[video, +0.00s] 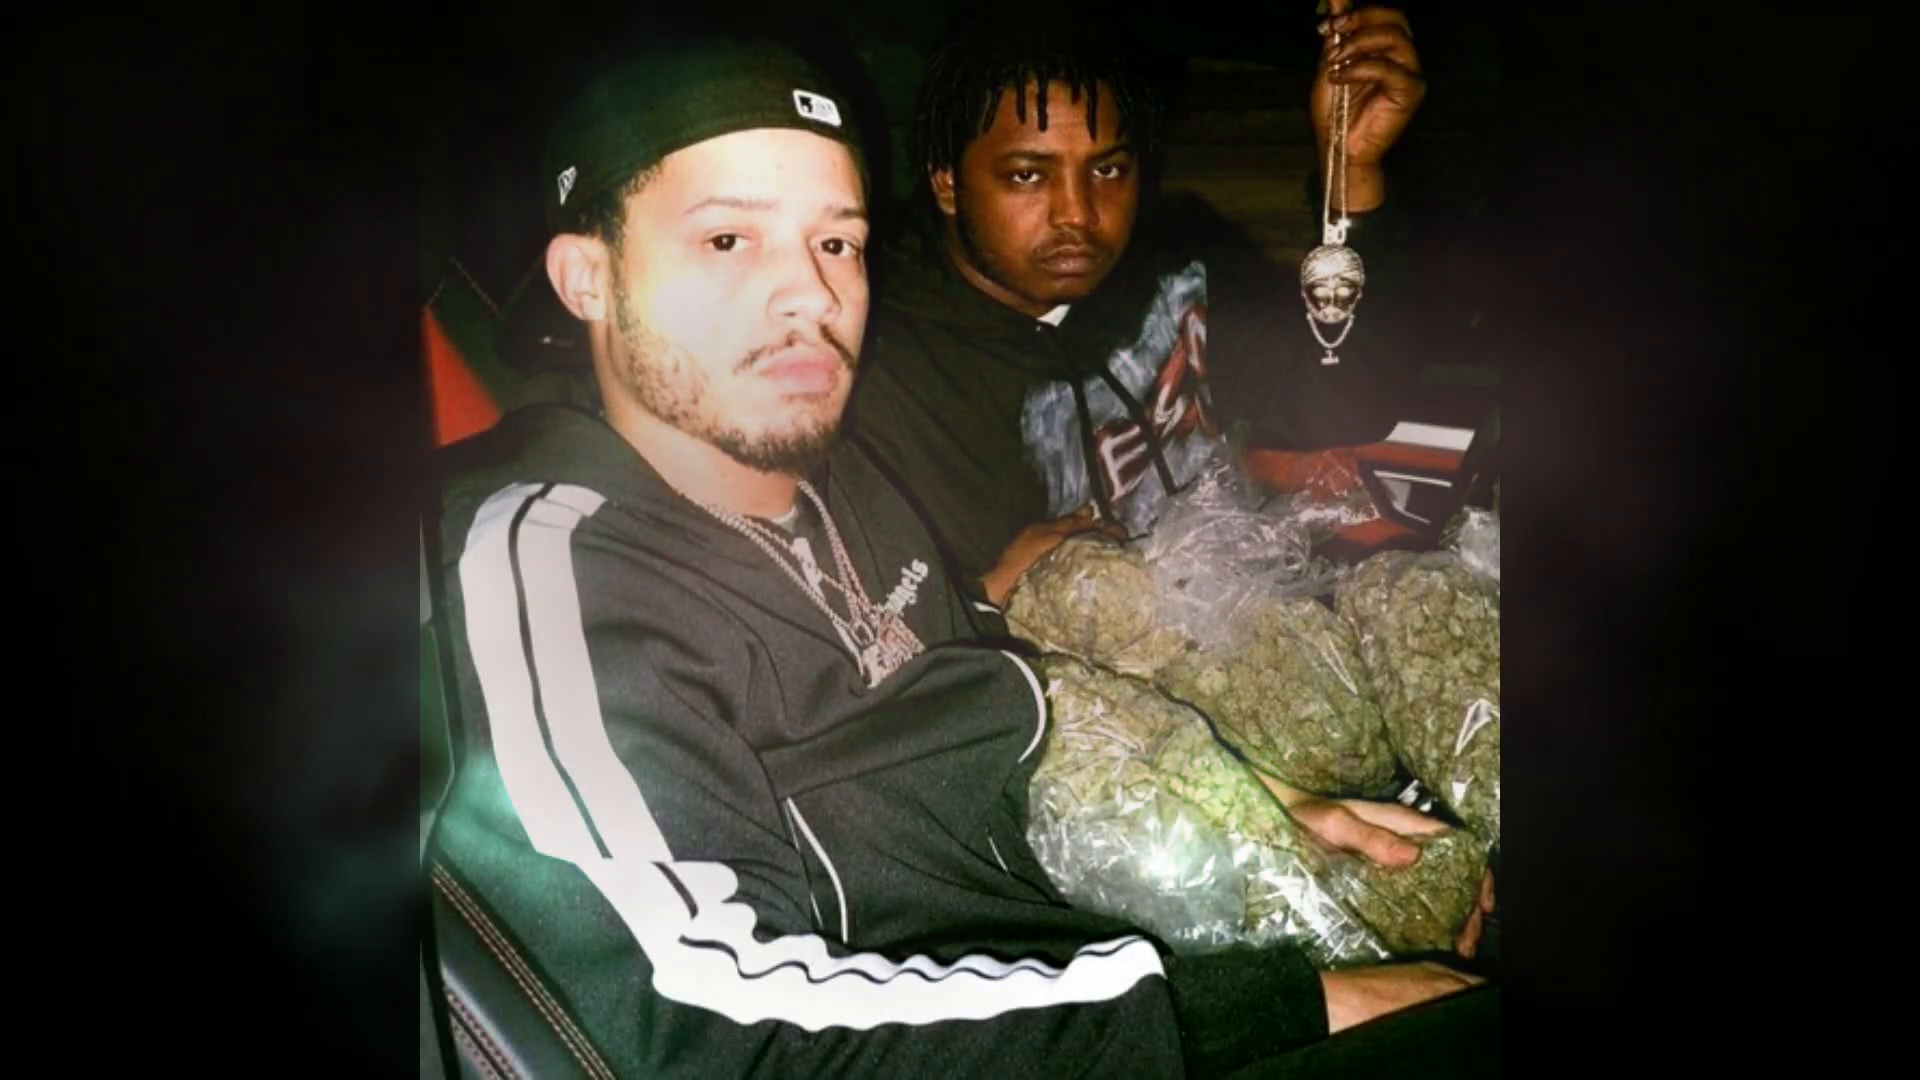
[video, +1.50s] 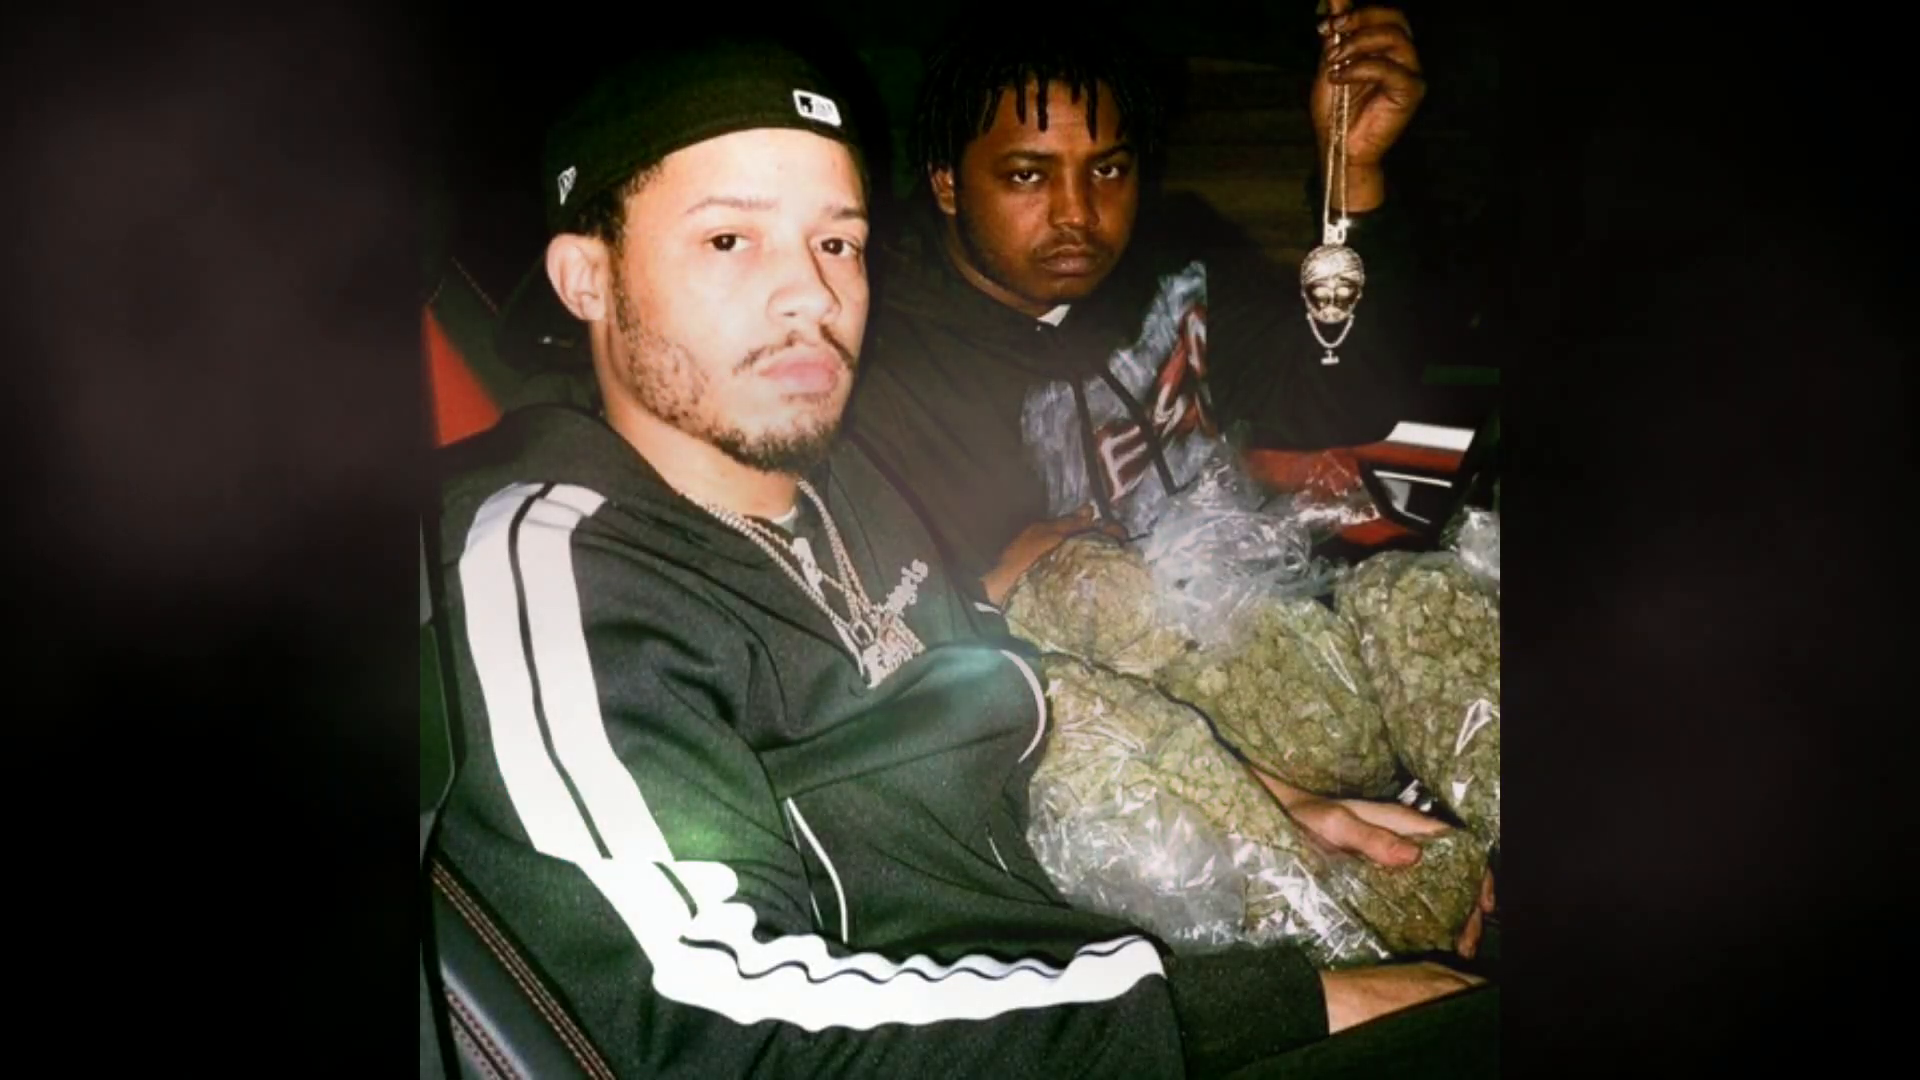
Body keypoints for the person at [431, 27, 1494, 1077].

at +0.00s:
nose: (812, 305)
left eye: (836, 249)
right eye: (728, 245)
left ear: (867, 266)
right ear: (585, 280)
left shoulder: (835, 483)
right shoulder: (532, 560)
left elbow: (1003, 754)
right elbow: (700, 1021)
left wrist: (1264, 831)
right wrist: (1273, 1008)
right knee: (1450, 1009)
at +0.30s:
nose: (811, 304)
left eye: (835, 247)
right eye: (728, 244)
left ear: (866, 266)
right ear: (586, 279)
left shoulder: (834, 483)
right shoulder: (533, 558)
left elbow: (1013, 739)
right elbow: (703, 1016)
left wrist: (1266, 827)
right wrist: (1276, 1008)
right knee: (1458, 1004)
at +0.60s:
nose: (811, 304)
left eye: (835, 248)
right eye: (729, 245)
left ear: (866, 267)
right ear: (587, 281)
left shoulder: (831, 485)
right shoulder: (534, 554)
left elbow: (1009, 758)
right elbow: (704, 1015)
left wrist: (1268, 825)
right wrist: (1278, 1008)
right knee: (1457, 1009)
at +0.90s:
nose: (812, 304)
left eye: (836, 249)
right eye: (729, 245)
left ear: (866, 268)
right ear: (588, 282)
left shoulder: (826, 489)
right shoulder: (535, 555)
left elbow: (1007, 762)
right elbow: (703, 1016)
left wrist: (1269, 823)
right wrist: (1279, 1007)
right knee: (1472, 1009)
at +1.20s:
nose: (811, 304)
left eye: (836, 249)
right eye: (729, 245)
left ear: (867, 269)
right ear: (588, 282)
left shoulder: (825, 490)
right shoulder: (536, 554)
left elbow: (1005, 751)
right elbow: (708, 1015)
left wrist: (1271, 824)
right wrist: (1278, 1005)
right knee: (1470, 1006)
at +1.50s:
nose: (810, 303)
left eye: (835, 249)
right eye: (728, 244)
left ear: (867, 269)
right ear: (587, 282)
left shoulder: (825, 483)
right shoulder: (535, 556)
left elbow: (1011, 753)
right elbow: (712, 1015)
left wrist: (1267, 821)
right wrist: (1280, 1006)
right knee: (1487, 1005)